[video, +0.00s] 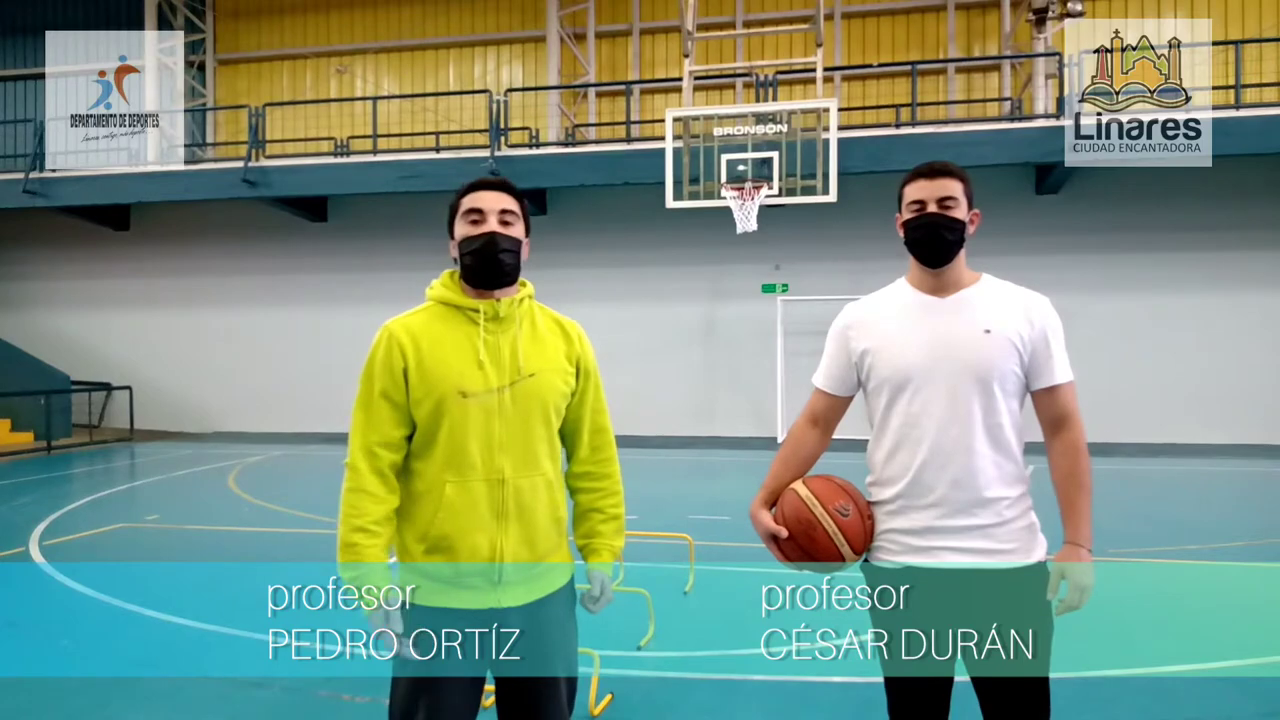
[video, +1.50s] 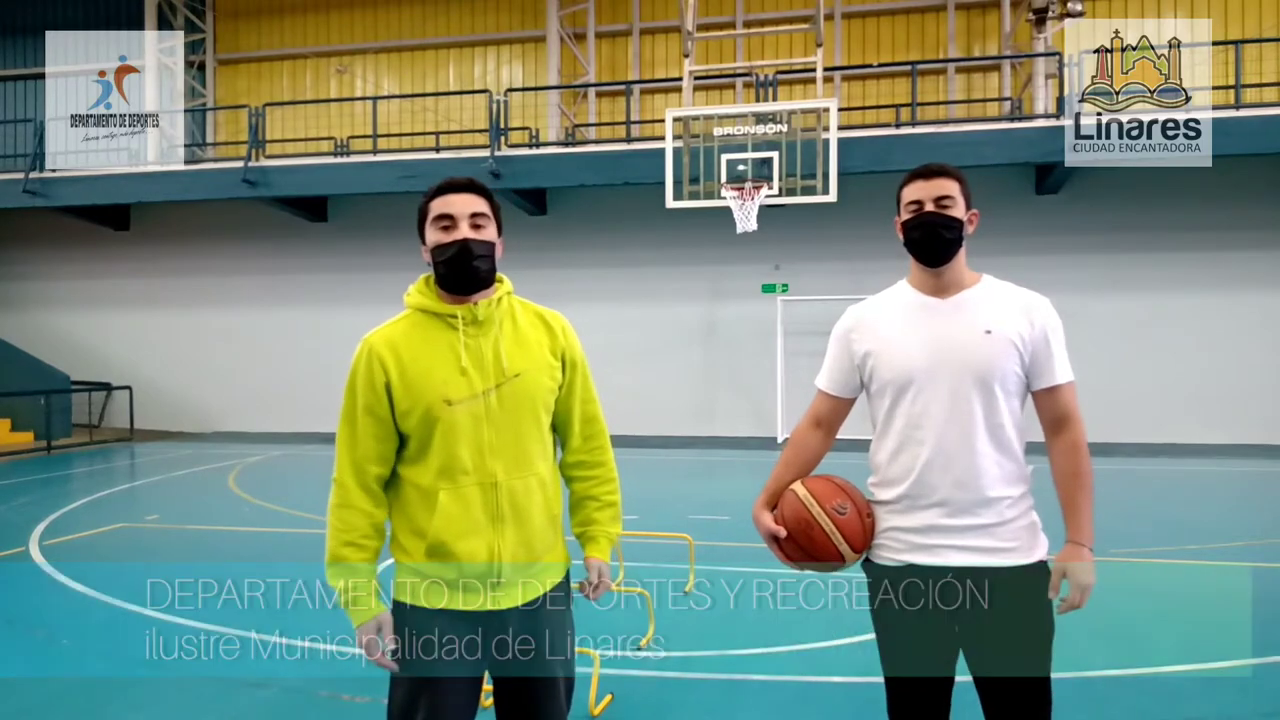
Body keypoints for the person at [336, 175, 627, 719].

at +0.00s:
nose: (490, 228)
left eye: (506, 219)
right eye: (473, 218)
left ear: (525, 245)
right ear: (452, 243)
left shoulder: (564, 339)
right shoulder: (405, 339)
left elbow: (594, 458)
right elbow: (372, 463)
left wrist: (601, 554)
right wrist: (367, 574)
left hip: (542, 590)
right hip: (438, 592)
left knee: (548, 712)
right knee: (430, 714)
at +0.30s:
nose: (496, 229)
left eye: (511, 220)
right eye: (479, 219)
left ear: (529, 243)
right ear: (456, 243)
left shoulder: (566, 340)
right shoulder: (407, 339)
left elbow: (594, 459)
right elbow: (370, 465)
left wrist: (599, 555)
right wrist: (389, 578)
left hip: (543, 593)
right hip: (439, 597)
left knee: (547, 712)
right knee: (432, 715)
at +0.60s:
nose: (490, 230)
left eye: (507, 221)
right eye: (473, 220)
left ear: (526, 245)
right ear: (453, 244)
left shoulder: (567, 340)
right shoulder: (406, 340)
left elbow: (597, 458)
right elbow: (370, 464)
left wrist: (603, 555)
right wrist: (370, 570)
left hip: (543, 591)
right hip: (439, 593)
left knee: (548, 712)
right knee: (431, 714)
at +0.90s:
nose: (482, 231)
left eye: (499, 220)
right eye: (464, 221)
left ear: (519, 243)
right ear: (445, 245)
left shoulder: (562, 337)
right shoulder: (401, 344)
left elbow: (596, 454)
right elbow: (366, 470)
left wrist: (604, 551)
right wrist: (366, 587)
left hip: (542, 593)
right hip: (438, 596)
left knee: (549, 712)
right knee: (431, 714)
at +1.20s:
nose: (471, 233)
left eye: (487, 221)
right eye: (453, 223)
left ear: (508, 242)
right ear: (433, 246)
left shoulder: (556, 334)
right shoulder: (392, 348)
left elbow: (592, 448)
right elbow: (359, 473)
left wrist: (602, 541)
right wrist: (355, 579)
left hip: (540, 591)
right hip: (437, 595)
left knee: (545, 711)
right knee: (430, 714)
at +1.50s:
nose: (464, 234)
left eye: (479, 222)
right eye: (446, 224)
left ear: (500, 243)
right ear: (426, 248)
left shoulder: (549, 334)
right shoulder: (386, 352)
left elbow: (587, 445)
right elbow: (358, 480)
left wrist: (597, 537)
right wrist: (360, 597)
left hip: (538, 592)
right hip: (435, 598)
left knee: (545, 711)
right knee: (430, 714)